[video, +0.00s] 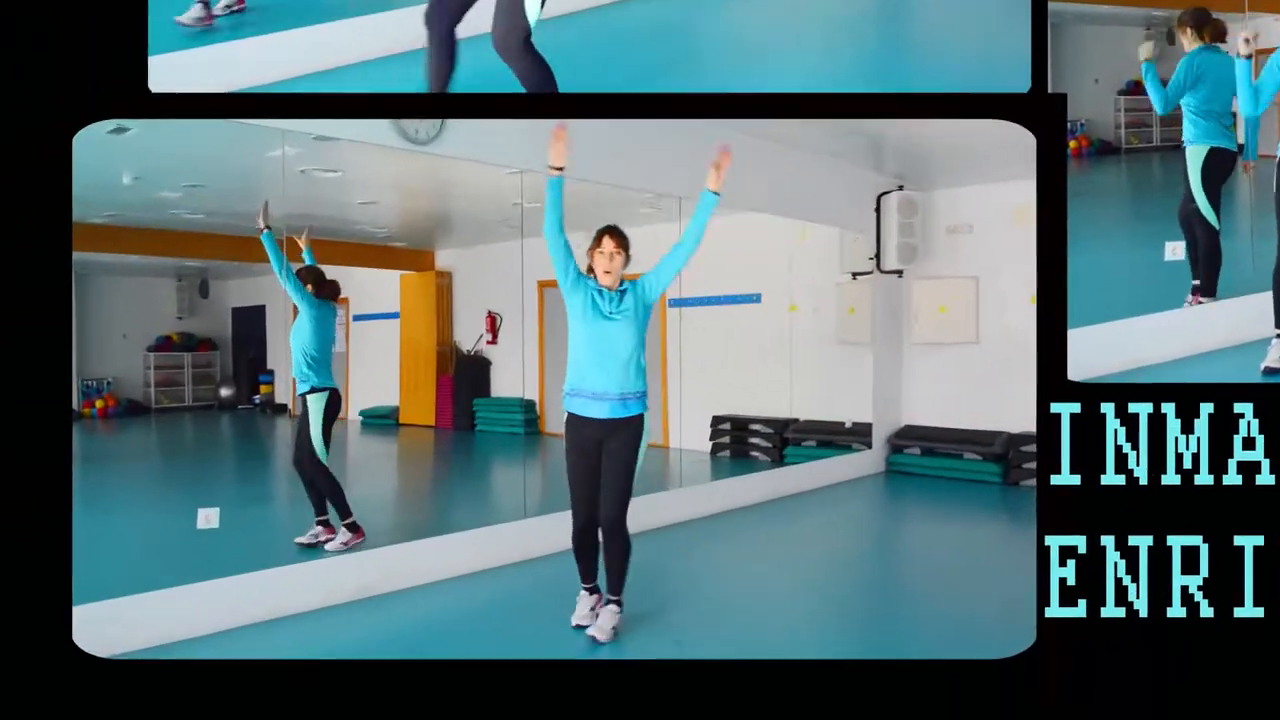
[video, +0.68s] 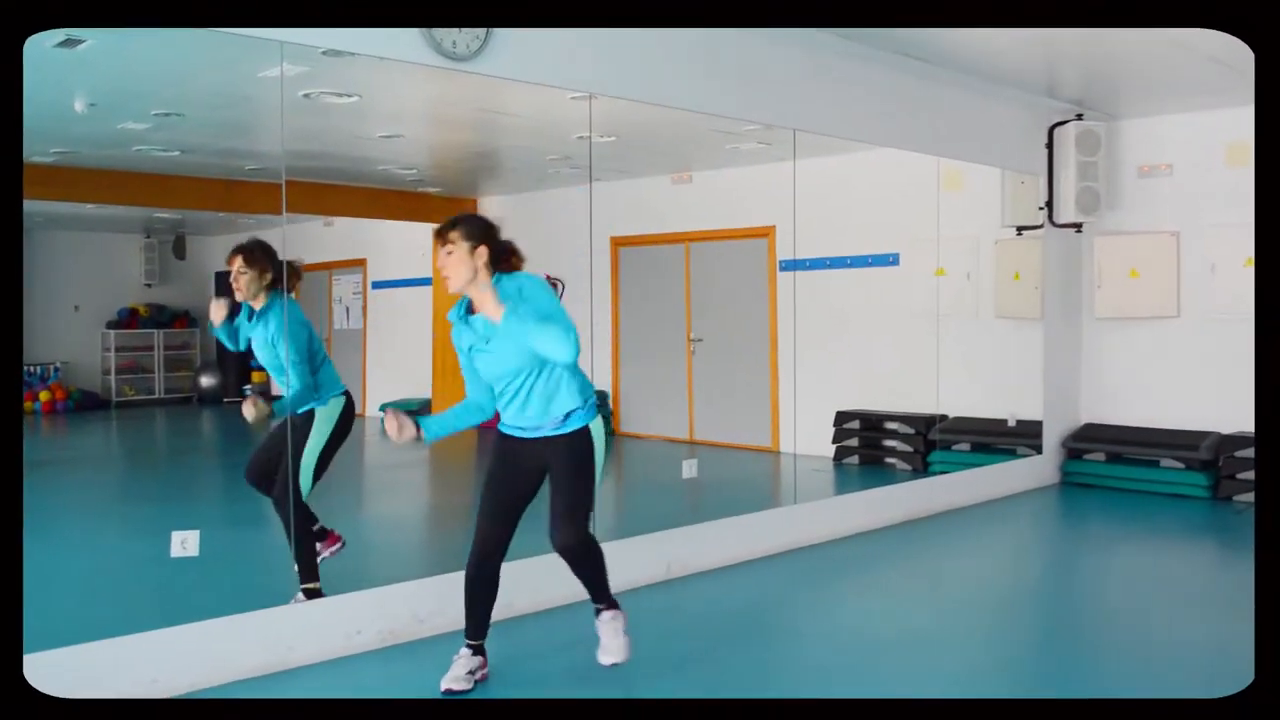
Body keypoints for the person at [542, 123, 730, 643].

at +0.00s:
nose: (608, 256)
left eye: (616, 251)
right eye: (602, 250)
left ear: (627, 261)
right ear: (589, 259)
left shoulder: (642, 293)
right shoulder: (576, 290)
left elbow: (686, 245)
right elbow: (555, 232)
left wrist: (713, 186)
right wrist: (556, 169)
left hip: (626, 417)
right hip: (580, 416)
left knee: (612, 516)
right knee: (583, 514)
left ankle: (612, 604)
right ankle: (588, 592)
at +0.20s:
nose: (589, 245)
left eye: (597, 236)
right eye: (587, 237)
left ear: (626, 238)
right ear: (588, 242)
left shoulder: (652, 278)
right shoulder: (578, 277)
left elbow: (667, 204)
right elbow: (526, 229)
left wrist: (636, 147)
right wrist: (483, 173)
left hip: (639, 423)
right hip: (586, 422)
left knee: (639, 533)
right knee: (543, 519)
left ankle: (648, 633)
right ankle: (574, 583)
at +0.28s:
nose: (572, 227)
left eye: (579, 215)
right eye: (570, 217)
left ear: (612, 216)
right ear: (576, 222)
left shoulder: (644, 254)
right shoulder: (572, 260)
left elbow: (651, 179)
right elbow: (505, 223)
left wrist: (597, 133)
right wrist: (445, 182)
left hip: (637, 409)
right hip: (581, 408)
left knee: (648, 527)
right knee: (535, 516)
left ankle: (660, 636)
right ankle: (538, 598)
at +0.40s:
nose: (547, 217)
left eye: (555, 206)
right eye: (547, 208)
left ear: (587, 207)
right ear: (558, 212)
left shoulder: (624, 249)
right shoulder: (544, 260)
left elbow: (616, 171)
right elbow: (472, 246)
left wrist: (548, 142)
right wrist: (406, 221)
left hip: (627, 413)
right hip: (566, 415)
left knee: (648, 532)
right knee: (526, 527)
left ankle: (670, 647)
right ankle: (480, 628)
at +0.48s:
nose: (527, 231)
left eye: (535, 219)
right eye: (525, 221)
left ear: (568, 221)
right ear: (537, 227)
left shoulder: (605, 266)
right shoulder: (526, 279)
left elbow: (598, 192)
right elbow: (452, 290)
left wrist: (528, 170)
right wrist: (385, 271)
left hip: (609, 430)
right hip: (547, 434)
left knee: (640, 546)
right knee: (513, 546)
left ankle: (674, 655)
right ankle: (471, 646)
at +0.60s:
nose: (474, 242)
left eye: (484, 231)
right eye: (474, 232)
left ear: (515, 234)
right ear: (483, 239)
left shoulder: (554, 277)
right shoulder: (483, 305)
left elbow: (579, 270)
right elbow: (465, 377)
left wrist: (525, 239)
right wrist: (401, 362)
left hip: (582, 430)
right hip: (521, 435)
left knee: (604, 547)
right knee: (494, 548)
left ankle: (652, 642)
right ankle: (473, 653)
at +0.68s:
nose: (440, 263)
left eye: (449, 251)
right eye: (439, 253)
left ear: (480, 255)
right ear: (462, 260)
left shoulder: (528, 288)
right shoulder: (462, 323)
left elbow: (566, 348)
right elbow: (481, 401)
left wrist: (500, 312)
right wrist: (421, 428)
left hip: (572, 430)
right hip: (516, 436)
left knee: (569, 536)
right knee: (486, 547)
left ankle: (607, 611)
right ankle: (473, 651)